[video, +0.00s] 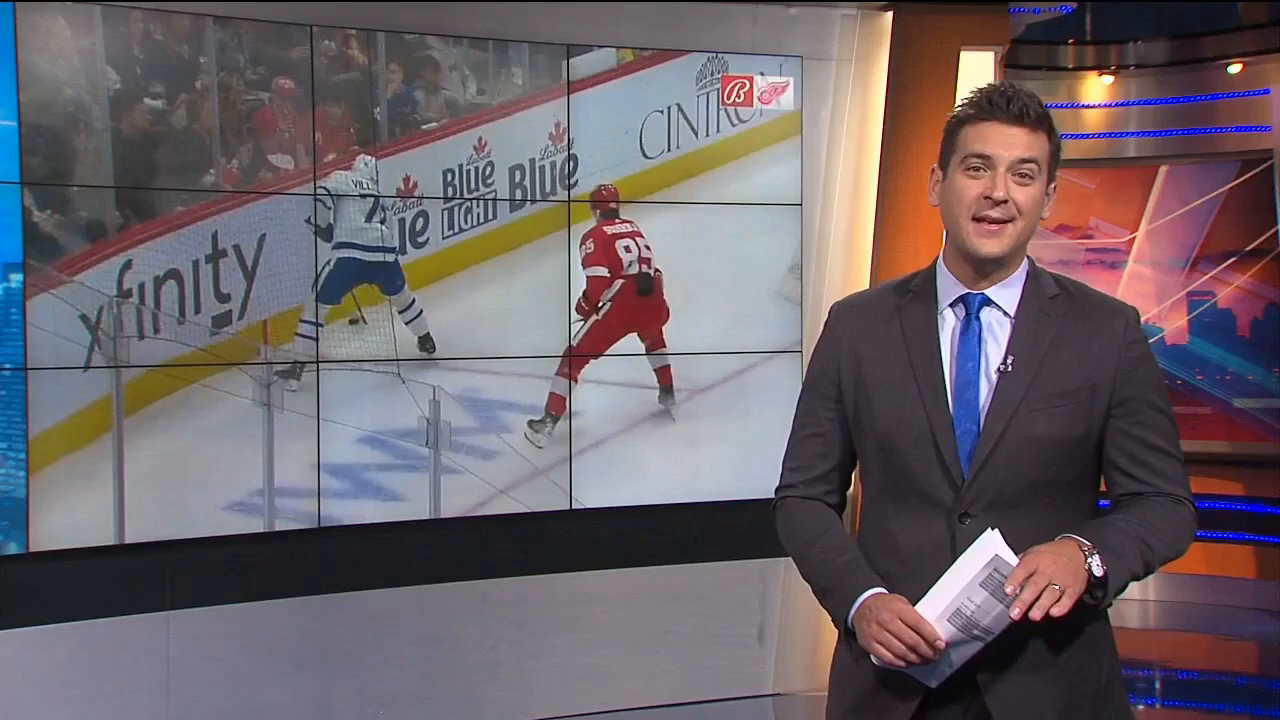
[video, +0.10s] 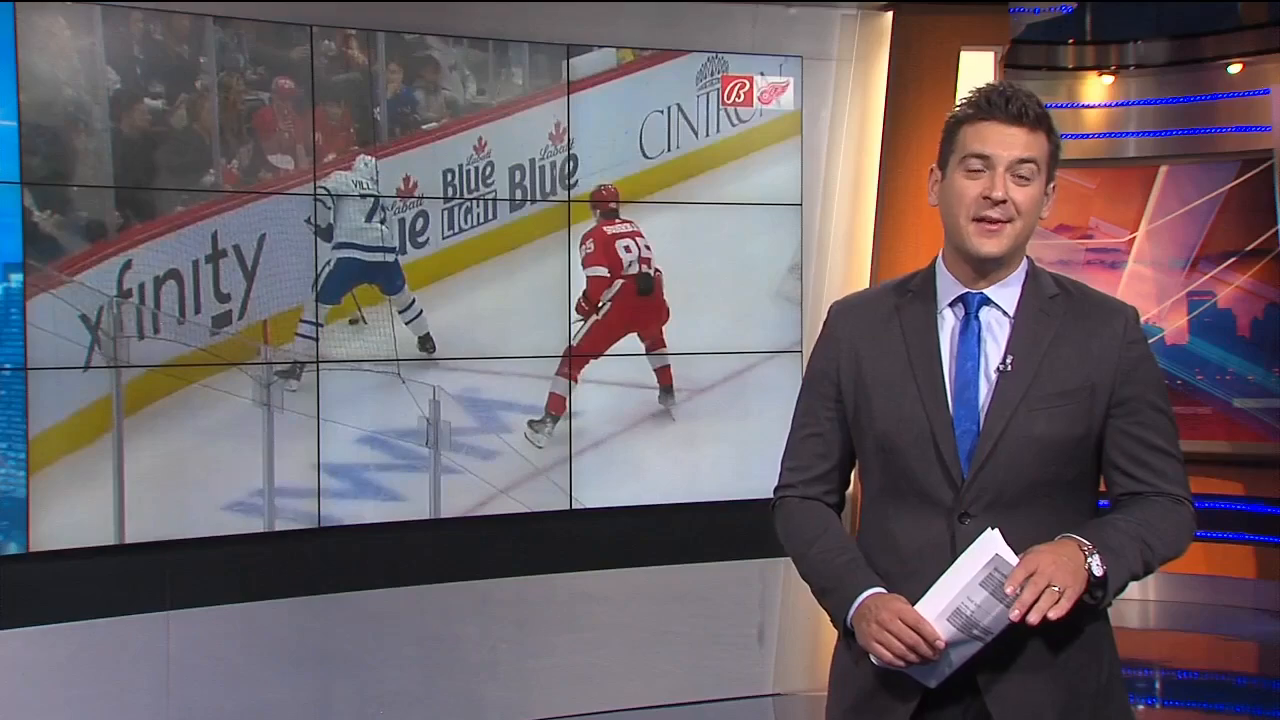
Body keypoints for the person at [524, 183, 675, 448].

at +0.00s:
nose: (594, 211)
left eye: (593, 207)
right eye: (601, 206)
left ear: (595, 209)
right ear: (617, 207)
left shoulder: (593, 235)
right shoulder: (635, 228)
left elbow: (599, 280)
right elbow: (651, 270)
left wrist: (587, 303)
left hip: (620, 307)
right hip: (653, 304)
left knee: (574, 358)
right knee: (651, 334)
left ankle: (549, 420)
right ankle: (667, 392)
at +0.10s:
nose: (594, 211)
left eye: (593, 207)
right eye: (601, 206)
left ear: (595, 209)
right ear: (617, 207)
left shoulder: (593, 235)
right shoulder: (635, 228)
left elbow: (599, 280)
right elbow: (651, 270)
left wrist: (587, 303)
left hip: (620, 307)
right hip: (653, 304)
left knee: (575, 357)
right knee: (651, 334)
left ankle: (549, 420)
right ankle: (667, 392)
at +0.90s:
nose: (492, 207)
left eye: (493, 203)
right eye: (495, 203)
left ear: (495, 204)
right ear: (519, 202)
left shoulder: (493, 231)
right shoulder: (531, 227)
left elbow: (469, 284)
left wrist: (447, 268)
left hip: (522, 308)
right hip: (555, 304)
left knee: (470, 344)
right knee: (547, 336)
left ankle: (449, 414)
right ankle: (582, 383)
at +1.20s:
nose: (460, 203)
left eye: (458, 198)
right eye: (471, 199)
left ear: (457, 200)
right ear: (482, 200)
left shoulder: (451, 229)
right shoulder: (496, 225)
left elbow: (422, 275)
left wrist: (414, 249)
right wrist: (432, 243)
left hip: (489, 313)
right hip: (522, 306)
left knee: (432, 351)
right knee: (516, 345)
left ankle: (411, 427)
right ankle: (550, 386)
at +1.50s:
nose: (426, 193)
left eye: (423, 188)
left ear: (420, 190)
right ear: (448, 190)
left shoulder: (407, 221)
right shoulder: (468, 218)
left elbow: (383, 266)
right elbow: (478, 254)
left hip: (450, 308)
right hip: (488, 303)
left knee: (395, 353)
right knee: (484, 346)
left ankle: (376, 434)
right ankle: (522, 391)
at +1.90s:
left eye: (402, 146)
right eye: (419, 148)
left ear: (394, 149)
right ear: (425, 149)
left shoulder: (380, 182)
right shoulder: (439, 184)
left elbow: (379, 231)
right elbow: (446, 232)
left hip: (403, 275)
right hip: (443, 272)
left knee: (366, 346)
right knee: (468, 338)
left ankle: (351, 426)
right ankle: (500, 396)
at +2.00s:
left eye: (403, 129)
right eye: (421, 129)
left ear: (396, 134)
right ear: (428, 135)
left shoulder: (387, 164)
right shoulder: (442, 172)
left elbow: (375, 179)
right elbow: (446, 222)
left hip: (395, 264)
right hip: (436, 262)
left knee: (368, 331)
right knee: (463, 328)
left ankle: (350, 419)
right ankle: (495, 395)